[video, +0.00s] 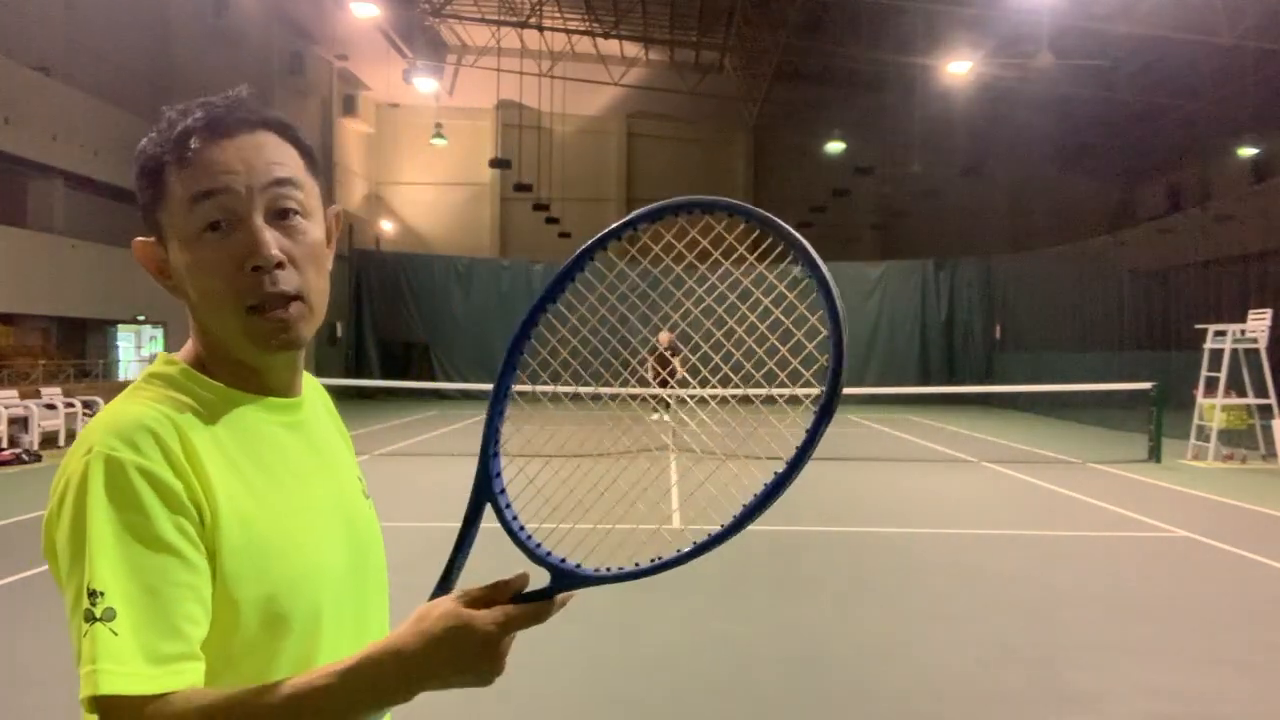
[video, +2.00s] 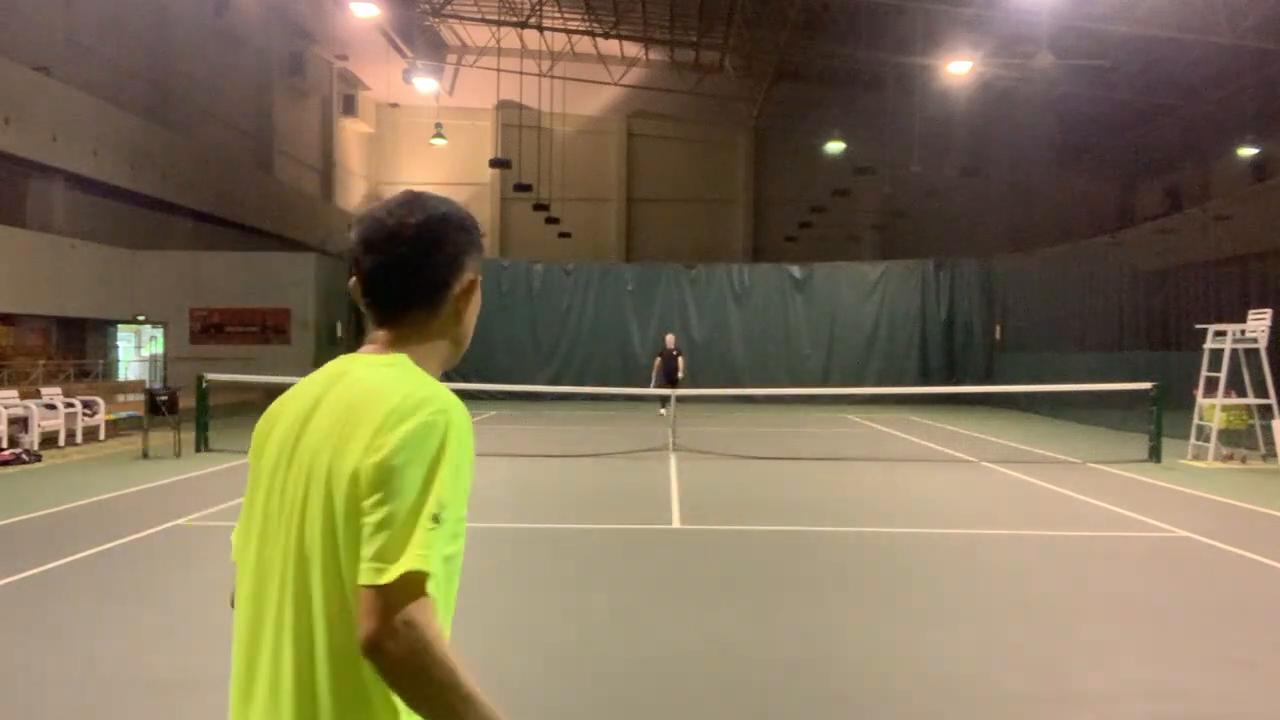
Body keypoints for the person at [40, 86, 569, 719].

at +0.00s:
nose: (266, 251)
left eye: (285, 213)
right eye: (217, 223)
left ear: (329, 235)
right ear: (161, 265)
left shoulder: (309, 405)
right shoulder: (131, 453)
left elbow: (311, 643)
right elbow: (139, 705)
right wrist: (402, 668)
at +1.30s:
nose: (341, 272)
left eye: (360, 238)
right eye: (299, 237)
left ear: (382, 250)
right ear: (222, 255)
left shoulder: (306, 414)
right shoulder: (166, 428)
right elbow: (151, 693)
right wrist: (412, 627)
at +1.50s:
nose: (376, 283)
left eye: (386, 253)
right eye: (340, 252)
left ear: (397, 256)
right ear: (253, 266)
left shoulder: (301, 417)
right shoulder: (207, 425)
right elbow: (193, 684)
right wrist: (428, 622)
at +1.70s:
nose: (428, 288)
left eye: (423, 264)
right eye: (416, 262)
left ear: (353, 276)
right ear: (352, 274)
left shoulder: (305, 404)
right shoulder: (266, 408)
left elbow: (327, 630)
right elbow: (317, 641)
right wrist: (534, 602)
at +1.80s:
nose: (438, 291)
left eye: (438, 270)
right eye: (436, 269)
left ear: (322, 273)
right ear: (402, 278)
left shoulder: (289, 392)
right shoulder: (317, 410)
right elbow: (300, 647)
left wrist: (479, 668)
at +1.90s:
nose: (457, 298)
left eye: (458, 277)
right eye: (457, 277)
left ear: (343, 285)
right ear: (437, 285)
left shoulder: (282, 396)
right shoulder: (367, 409)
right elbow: (321, 637)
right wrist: (471, 712)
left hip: (247, 705)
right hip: (328, 709)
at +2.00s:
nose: (478, 309)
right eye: (480, 291)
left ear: (357, 290)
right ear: (468, 294)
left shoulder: (286, 407)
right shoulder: (425, 411)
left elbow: (246, 592)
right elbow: (390, 628)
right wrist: (482, 713)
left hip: (260, 707)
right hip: (364, 709)